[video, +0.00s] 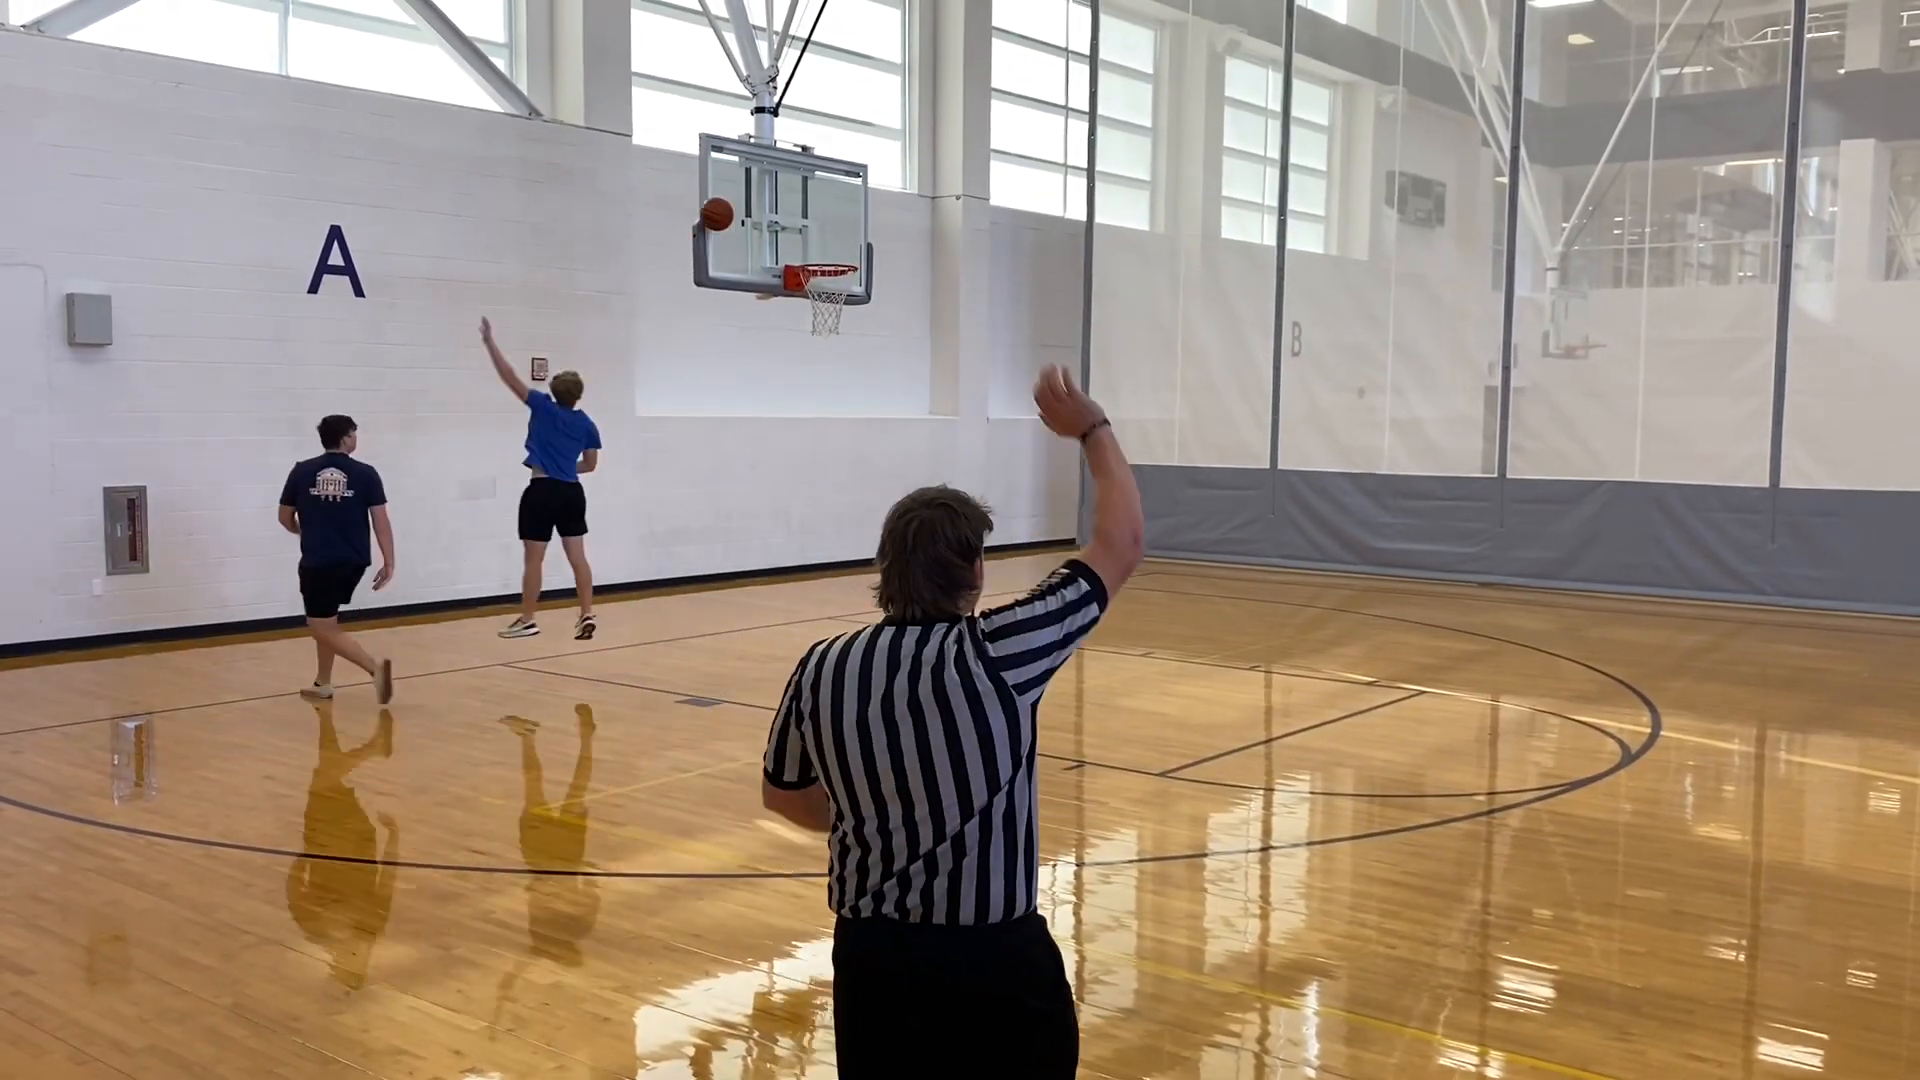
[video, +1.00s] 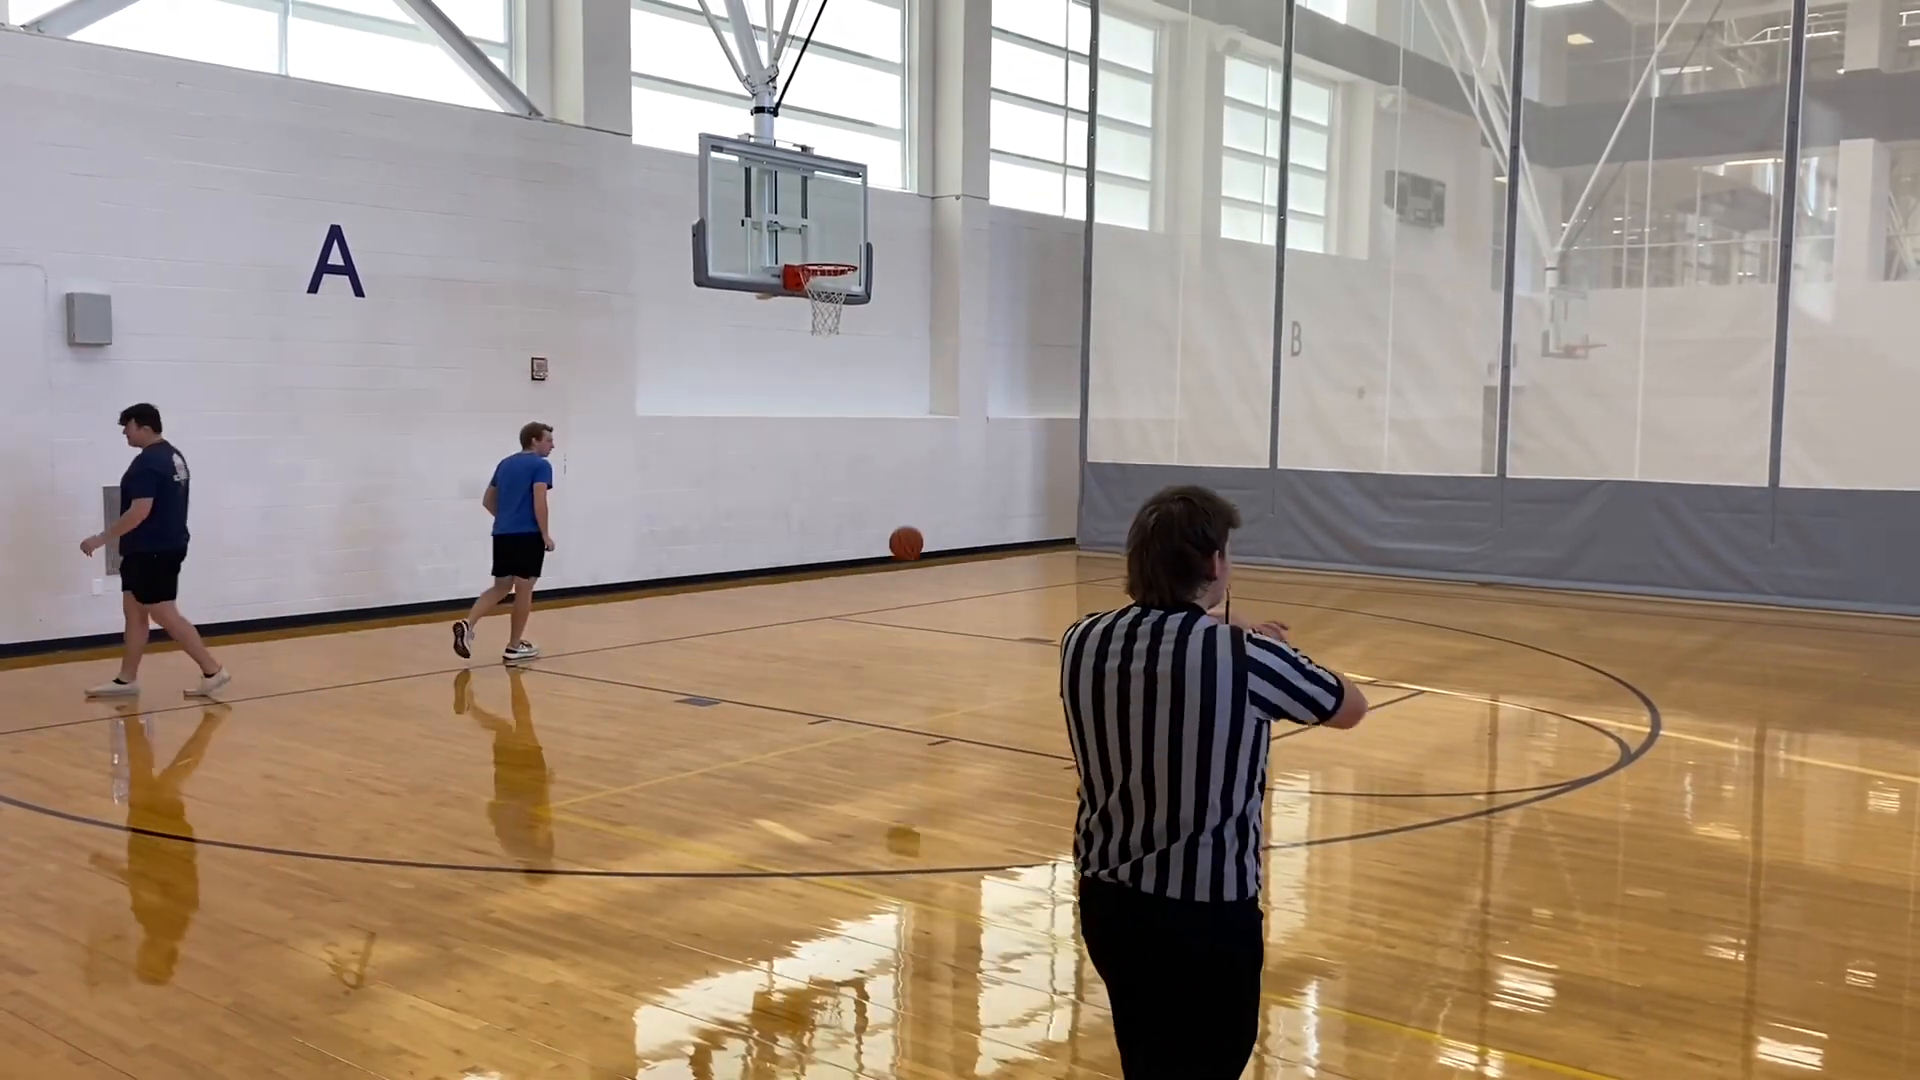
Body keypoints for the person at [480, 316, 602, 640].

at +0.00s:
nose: (551, 387)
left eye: (553, 385)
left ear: (554, 391)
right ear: (579, 395)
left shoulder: (542, 406)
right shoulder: (586, 425)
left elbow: (510, 377)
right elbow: (590, 465)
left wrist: (489, 342)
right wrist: (564, 467)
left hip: (540, 492)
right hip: (572, 494)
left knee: (533, 560)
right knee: (578, 558)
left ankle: (527, 619)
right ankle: (587, 615)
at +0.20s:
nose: (536, 436)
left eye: (533, 433)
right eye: (534, 434)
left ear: (509, 442)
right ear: (532, 439)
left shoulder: (501, 462)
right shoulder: (552, 465)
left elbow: (460, 481)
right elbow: (561, 504)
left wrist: (439, 454)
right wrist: (535, 512)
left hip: (505, 537)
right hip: (540, 541)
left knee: (481, 594)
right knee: (537, 603)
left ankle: (453, 649)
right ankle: (535, 660)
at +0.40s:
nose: (503, 455)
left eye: (501, 450)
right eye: (500, 452)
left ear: (476, 460)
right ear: (493, 457)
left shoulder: (463, 488)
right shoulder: (515, 482)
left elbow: (458, 533)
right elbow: (526, 517)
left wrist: (462, 561)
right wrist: (527, 551)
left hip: (475, 561)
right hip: (510, 559)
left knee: (455, 608)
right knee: (516, 605)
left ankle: (437, 660)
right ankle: (519, 639)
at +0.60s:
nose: (507, 443)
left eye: (506, 438)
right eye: (505, 439)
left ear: (479, 444)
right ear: (496, 441)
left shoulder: (462, 471)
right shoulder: (511, 464)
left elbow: (458, 514)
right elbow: (527, 499)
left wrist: (481, 524)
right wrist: (532, 537)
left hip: (475, 543)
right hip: (509, 538)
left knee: (461, 598)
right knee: (519, 589)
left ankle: (441, 654)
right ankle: (504, 644)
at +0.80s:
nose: (529, 452)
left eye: (528, 447)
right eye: (526, 448)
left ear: (502, 452)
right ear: (516, 449)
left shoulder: (481, 475)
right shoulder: (525, 472)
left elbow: (465, 514)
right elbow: (531, 504)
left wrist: (487, 529)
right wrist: (534, 541)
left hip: (481, 546)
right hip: (513, 544)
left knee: (466, 596)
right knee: (519, 594)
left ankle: (442, 649)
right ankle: (514, 646)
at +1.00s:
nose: (552, 445)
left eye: (552, 440)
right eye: (549, 441)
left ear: (530, 443)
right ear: (535, 441)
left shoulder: (505, 463)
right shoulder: (541, 464)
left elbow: (488, 501)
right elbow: (540, 501)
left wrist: (507, 519)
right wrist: (545, 534)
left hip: (502, 536)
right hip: (528, 536)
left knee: (501, 587)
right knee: (524, 591)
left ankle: (468, 624)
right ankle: (515, 645)